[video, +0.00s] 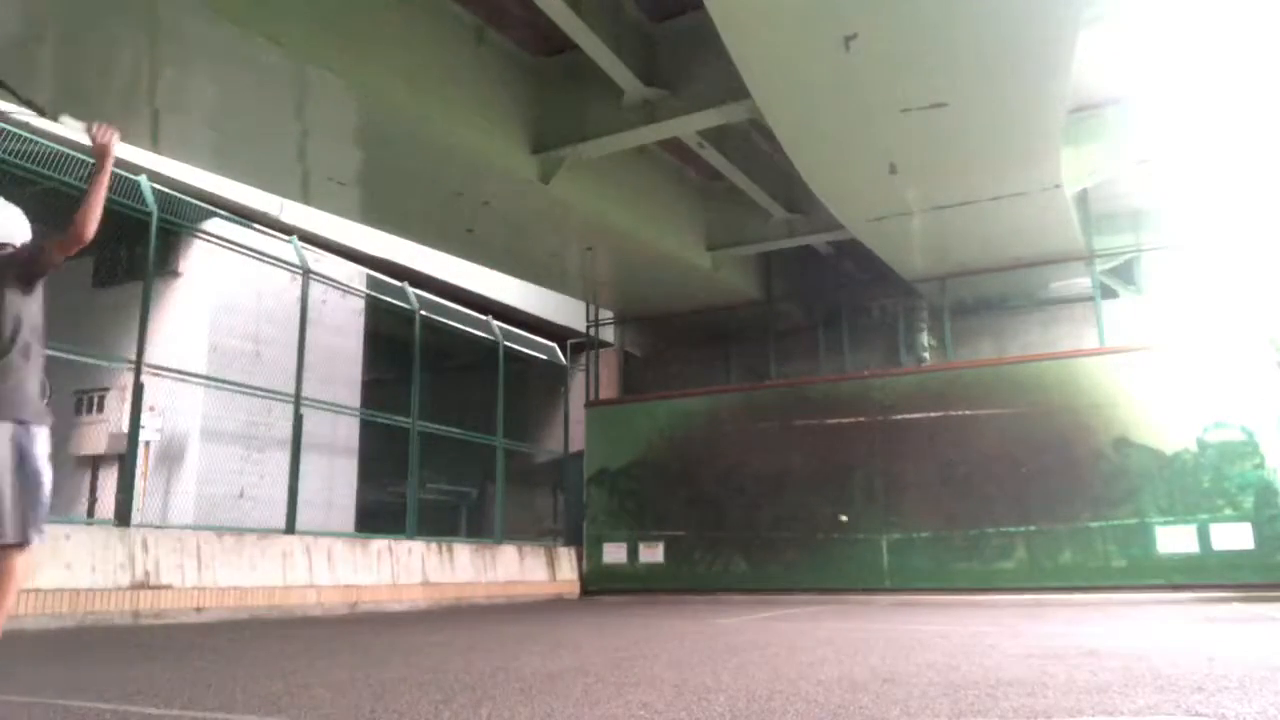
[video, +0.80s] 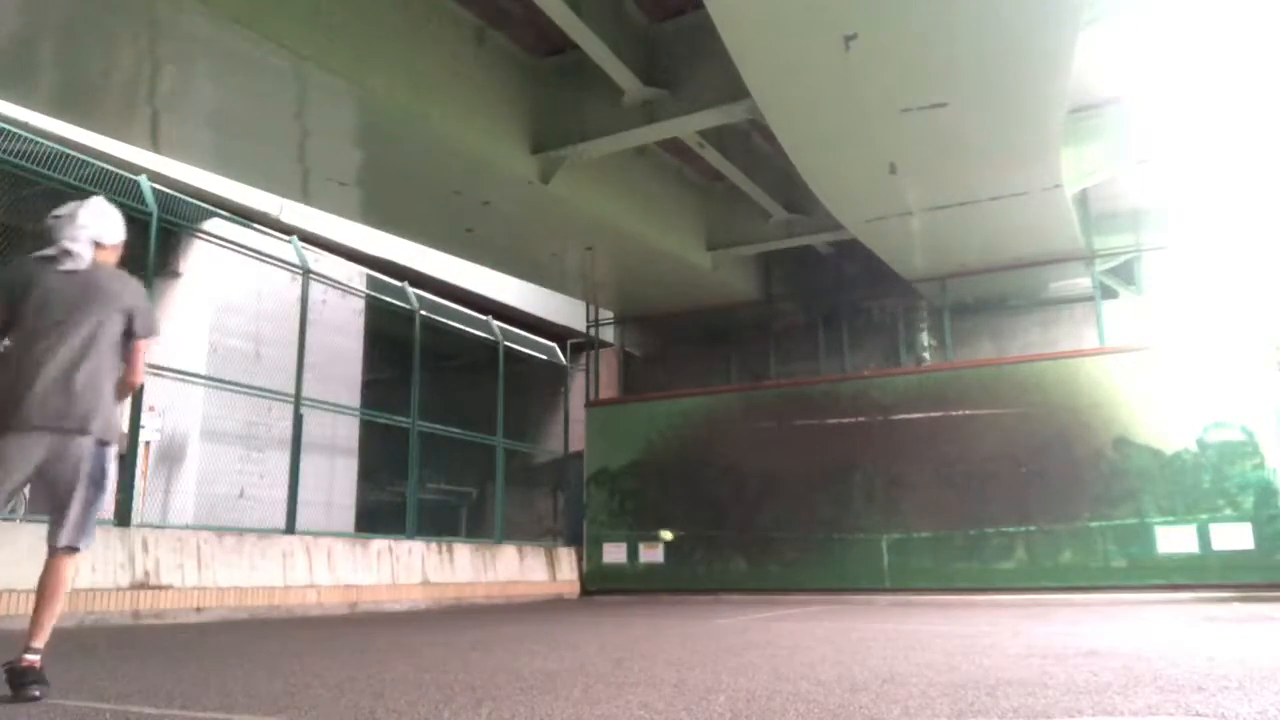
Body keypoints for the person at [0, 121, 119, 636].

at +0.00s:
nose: (24, 244)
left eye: (20, 236)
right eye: (18, 237)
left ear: (15, 235)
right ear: (9, 238)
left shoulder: (22, 261)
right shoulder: (16, 263)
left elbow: (79, 235)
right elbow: (79, 234)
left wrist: (103, 161)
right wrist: (105, 160)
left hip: (25, 416)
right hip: (14, 415)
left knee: (18, 541)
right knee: (13, 543)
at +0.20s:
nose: (13, 250)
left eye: (11, 242)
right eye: (9, 242)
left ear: (9, 242)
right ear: (4, 242)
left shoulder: (10, 269)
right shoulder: (6, 269)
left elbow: (56, 275)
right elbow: (56, 274)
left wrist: (112, 223)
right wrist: (114, 222)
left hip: (9, 422)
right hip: (4, 423)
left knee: (14, 528)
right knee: (13, 529)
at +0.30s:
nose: (14, 247)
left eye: (12, 240)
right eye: (10, 240)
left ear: (6, 242)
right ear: (4, 240)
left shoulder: (11, 279)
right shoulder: (6, 271)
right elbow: (56, 293)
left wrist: (27, 389)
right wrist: (118, 260)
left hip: (14, 427)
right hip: (9, 428)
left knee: (19, 526)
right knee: (20, 525)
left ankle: (3, 647)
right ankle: (2, 645)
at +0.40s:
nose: (21, 253)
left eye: (21, 245)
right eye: (19, 245)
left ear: (1, 245)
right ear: (7, 244)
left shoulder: (7, 284)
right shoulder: (11, 276)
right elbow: (62, 318)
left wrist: (42, 373)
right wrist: (118, 304)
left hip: (7, 421)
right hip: (5, 424)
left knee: (28, 520)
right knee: (29, 519)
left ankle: (12, 632)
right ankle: (13, 630)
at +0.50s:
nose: (39, 264)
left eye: (38, 254)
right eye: (36, 254)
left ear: (2, 250)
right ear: (21, 250)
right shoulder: (20, 281)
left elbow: (4, 373)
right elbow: (74, 341)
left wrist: (49, 380)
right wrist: (117, 354)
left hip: (9, 425)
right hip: (8, 427)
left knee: (36, 529)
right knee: (37, 528)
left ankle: (35, 637)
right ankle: (35, 635)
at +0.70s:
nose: (94, 259)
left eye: (92, 252)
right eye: (92, 252)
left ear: (43, 244)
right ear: (82, 250)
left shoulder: (8, 284)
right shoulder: (95, 290)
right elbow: (121, 378)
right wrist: (98, 425)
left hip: (5, 429)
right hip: (57, 434)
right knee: (56, 546)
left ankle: (26, 658)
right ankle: (28, 660)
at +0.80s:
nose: (120, 254)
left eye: (119, 247)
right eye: (118, 246)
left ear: (65, 238)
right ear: (105, 245)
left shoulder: (23, 274)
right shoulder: (126, 289)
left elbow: (7, 337)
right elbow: (134, 376)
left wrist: (26, 370)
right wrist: (106, 399)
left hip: (18, 426)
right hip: (85, 435)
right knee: (65, 548)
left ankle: (27, 657)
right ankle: (30, 658)